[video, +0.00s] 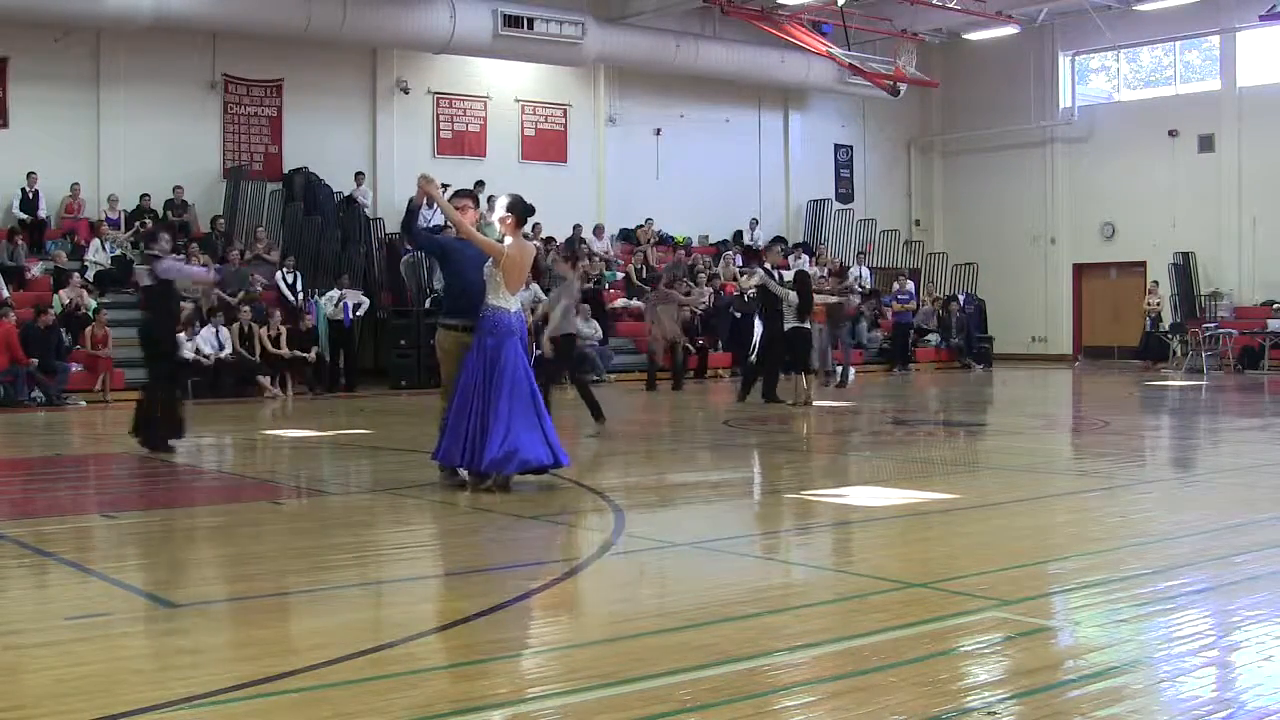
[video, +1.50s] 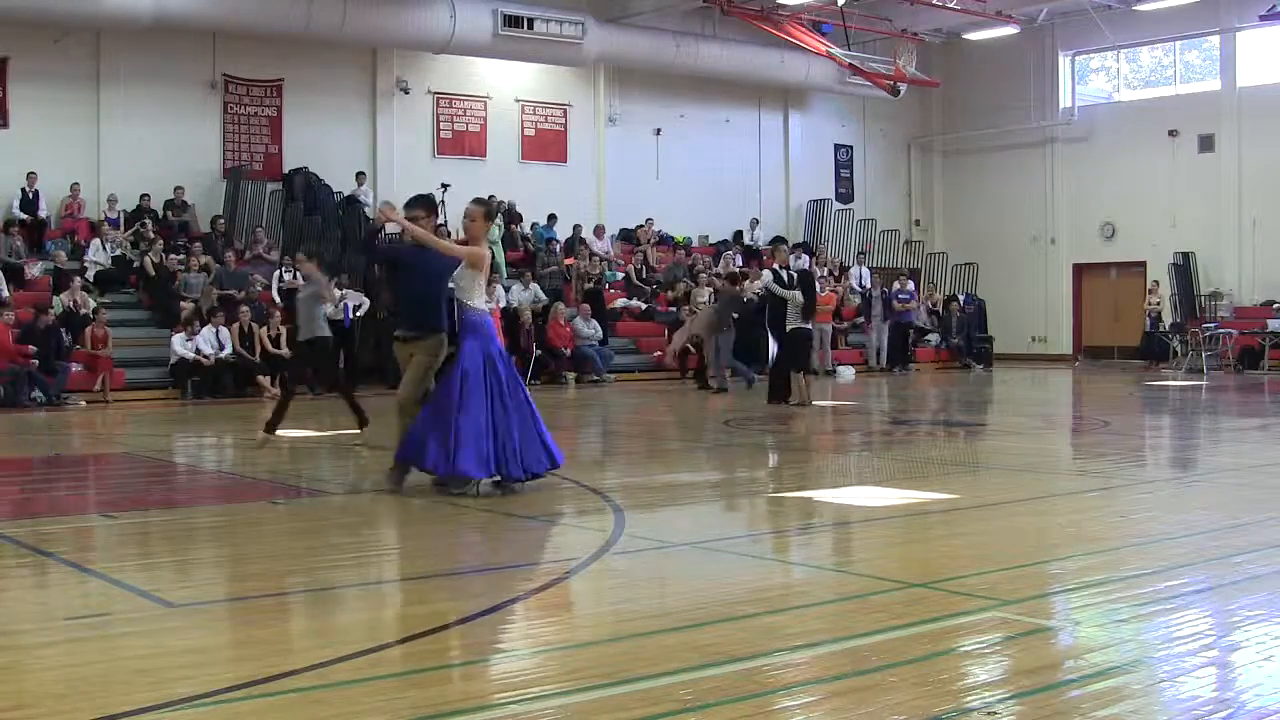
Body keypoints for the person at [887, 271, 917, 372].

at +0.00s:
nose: (902, 282)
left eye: (904, 280)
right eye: (900, 280)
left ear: (906, 281)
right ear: (897, 282)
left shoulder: (910, 294)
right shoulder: (894, 294)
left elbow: (913, 306)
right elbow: (895, 308)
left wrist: (900, 306)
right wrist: (908, 306)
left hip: (907, 322)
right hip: (897, 322)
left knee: (906, 344)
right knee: (896, 343)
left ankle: (905, 363)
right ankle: (896, 364)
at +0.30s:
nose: (901, 282)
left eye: (903, 280)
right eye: (899, 280)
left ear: (906, 281)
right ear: (897, 282)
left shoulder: (910, 294)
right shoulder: (894, 294)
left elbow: (914, 306)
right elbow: (894, 308)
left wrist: (900, 306)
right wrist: (908, 306)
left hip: (908, 321)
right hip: (897, 321)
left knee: (906, 344)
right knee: (896, 343)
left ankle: (906, 363)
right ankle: (896, 364)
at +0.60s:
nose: (901, 282)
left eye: (903, 280)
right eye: (899, 280)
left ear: (906, 281)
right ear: (897, 282)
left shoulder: (910, 294)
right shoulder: (894, 294)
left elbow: (913, 306)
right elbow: (894, 308)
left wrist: (900, 306)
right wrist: (908, 306)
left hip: (907, 321)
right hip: (897, 322)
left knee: (906, 344)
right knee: (896, 343)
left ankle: (905, 364)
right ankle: (895, 364)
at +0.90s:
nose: (901, 282)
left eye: (903, 280)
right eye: (899, 280)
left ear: (906, 281)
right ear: (897, 281)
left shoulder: (910, 294)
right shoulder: (894, 293)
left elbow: (913, 305)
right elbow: (894, 307)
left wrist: (900, 305)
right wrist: (907, 306)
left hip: (907, 322)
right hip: (896, 322)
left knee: (905, 344)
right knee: (895, 344)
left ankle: (905, 364)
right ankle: (895, 365)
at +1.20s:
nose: (902, 282)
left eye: (904, 280)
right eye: (900, 280)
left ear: (907, 281)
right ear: (898, 281)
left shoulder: (910, 293)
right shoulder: (894, 293)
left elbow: (913, 305)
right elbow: (895, 307)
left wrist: (900, 305)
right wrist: (908, 306)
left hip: (907, 321)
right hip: (896, 321)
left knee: (905, 343)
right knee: (896, 343)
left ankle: (905, 363)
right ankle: (895, 364)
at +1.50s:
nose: (902, 282)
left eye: (904, 280)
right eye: (900, 280)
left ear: (907, 281)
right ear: (898, 281)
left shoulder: (912, 293)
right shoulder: (894, 293)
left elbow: (914, 305)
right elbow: (896, 307)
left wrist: (901, 305)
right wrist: (909, 306)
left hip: (908, 321)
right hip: (897, 321)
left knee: (906, 344)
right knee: (895, 343)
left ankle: (905, 363)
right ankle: (895, 364)